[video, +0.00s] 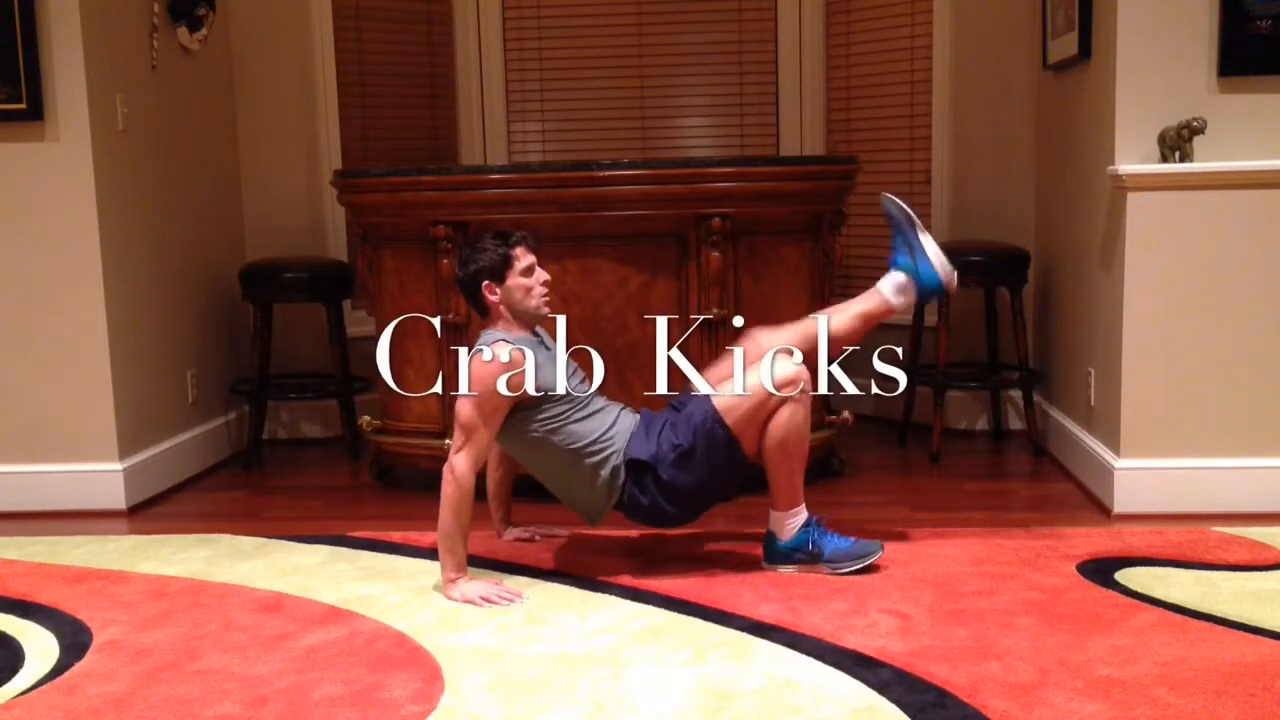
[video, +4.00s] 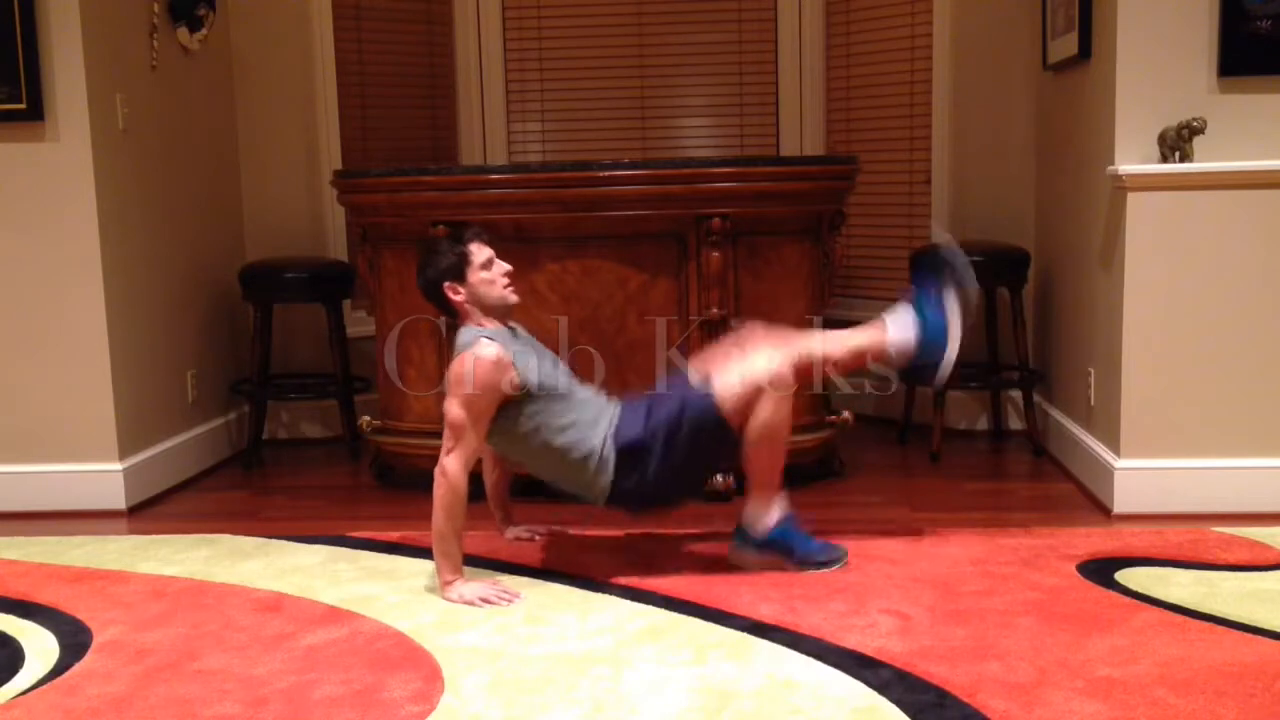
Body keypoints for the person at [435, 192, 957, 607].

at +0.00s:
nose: (545, 279)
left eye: (539, 268)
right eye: (529, 273)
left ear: (514, 288)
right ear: (494, 295)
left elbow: (504, 439)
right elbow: (458, 467)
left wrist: (500, 525)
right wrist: (452, 576)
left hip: (655, 434)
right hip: (648, 474)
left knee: (757, 343)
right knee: (786, 376)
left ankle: (898, 292)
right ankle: (790, 531)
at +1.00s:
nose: (531, 272)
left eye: (525, 262)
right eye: (515, 268)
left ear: (504, 285)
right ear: (484, 294)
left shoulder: (521, 342)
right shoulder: (499, 361)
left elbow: (497, 443)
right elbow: (465, 466)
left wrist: (499, 525)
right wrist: (452, 577)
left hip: (659, 417)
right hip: (652, 451)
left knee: (779, 327)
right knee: (809, 380)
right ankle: (793, 525)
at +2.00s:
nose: (526, 272)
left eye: (521, 262)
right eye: (511, 266)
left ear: (498, 282)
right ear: (478, 290)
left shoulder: (515, 340)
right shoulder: (492, 358)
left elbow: (498, 442)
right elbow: (463, 466)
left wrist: (501, 524)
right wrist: (452, 577)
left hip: (656, 407)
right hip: (651, 445)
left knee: (775, 313)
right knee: (806, 366)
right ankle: (789, 513)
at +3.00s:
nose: (514, 270)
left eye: (509, 261)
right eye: (498, 266)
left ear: (494, 279)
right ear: (466, 289)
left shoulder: (505, 337)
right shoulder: (484, 355)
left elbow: (493, 441)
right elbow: (456, 462)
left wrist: (501, 521)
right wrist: (450, 578)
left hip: (643, 416)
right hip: (636, 450)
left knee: (752, 316)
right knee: (783, 363)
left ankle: (901, 357)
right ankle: (787, 516)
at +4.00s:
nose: (505, 271)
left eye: (499, 262)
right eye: (489, 267)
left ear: (481, 283)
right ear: (456, 293)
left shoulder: (500, 338)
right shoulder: (478, 360)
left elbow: (488, 439)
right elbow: (450, 465)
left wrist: (501, 517)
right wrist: (448, 577)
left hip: (633, 428)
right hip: (626, 460)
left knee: (758, 341)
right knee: (767, 372)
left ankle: (905, 333)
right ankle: (762, 525)